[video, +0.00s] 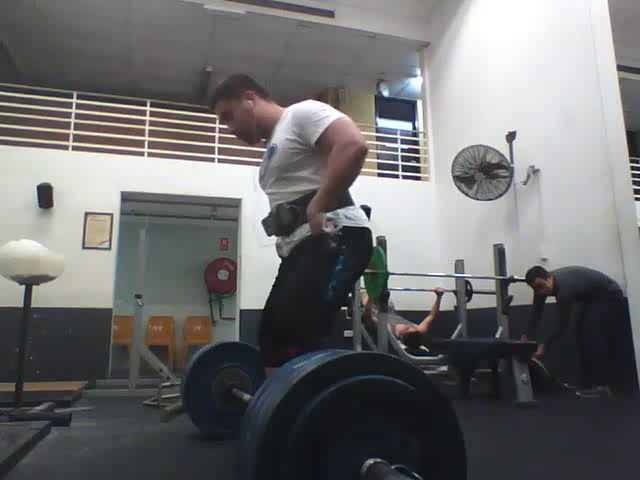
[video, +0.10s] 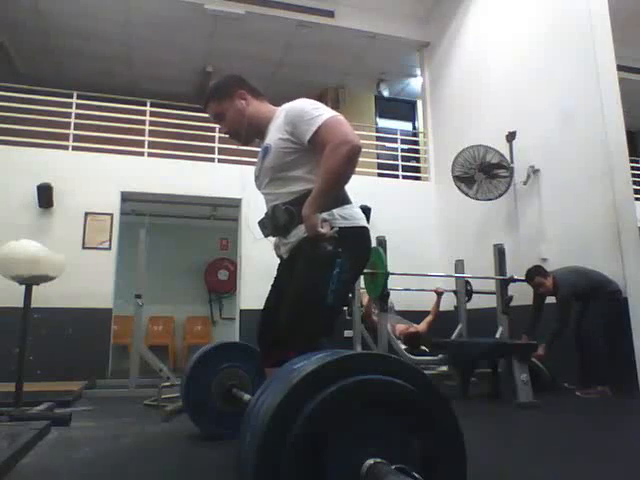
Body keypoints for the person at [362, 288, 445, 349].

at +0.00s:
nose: (406, 326)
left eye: (407, 330)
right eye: (411, 328)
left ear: (402, 338)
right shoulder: (420, 331)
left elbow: (367, 318)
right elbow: (432, 316)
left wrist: (370, 297)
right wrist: (439, 297)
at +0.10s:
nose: (410, 327)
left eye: (409, 331)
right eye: (413, 329)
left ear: (402, 339)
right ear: (415, 328)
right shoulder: (420, 331)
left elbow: (367, 318)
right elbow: (432, 316)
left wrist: (370, 298)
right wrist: (439, 297)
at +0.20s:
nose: (410, 327)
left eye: (409, 331)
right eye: (412, 329)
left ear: (401, 338)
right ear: (414, 328)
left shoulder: (383, 331)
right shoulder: (419, 329)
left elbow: (367, 317)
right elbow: (433, 315)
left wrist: (370, 297)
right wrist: (439, 297)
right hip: (390, 314)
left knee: (363, 295)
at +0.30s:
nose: (408, 327)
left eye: (408, 330)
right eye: (411, 329)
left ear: (401, 338)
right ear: (412, 327)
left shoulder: (385, 330)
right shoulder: (418, 328)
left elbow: (368, 318)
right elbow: (432, 315)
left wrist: (370, 297)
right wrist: (439, 297)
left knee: (363, 294)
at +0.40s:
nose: (406, 327)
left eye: (405, 331)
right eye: (411, 328)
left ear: (400, 337)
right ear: (413, 327)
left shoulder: (385, 329)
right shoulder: (417, 328)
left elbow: (367, 317)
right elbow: (432, 315)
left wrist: (369, 298)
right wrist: (439, 297)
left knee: (363, 294)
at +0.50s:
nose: (404, 327)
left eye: (403, 331)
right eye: (409, 328)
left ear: (399, 337)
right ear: (412, 327)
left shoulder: (384, 329)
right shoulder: (417, 328)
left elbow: (367, 318)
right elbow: (432, 315)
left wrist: (369, 299)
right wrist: (439, 297)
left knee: (363, 294)